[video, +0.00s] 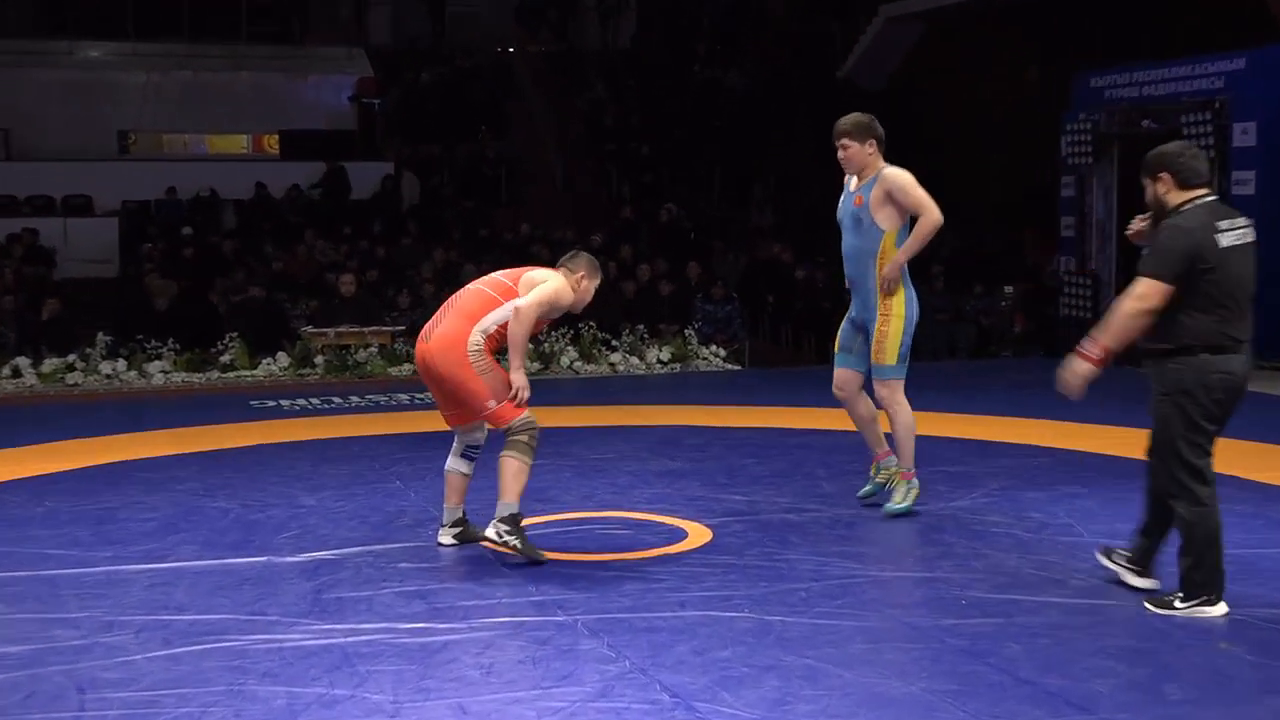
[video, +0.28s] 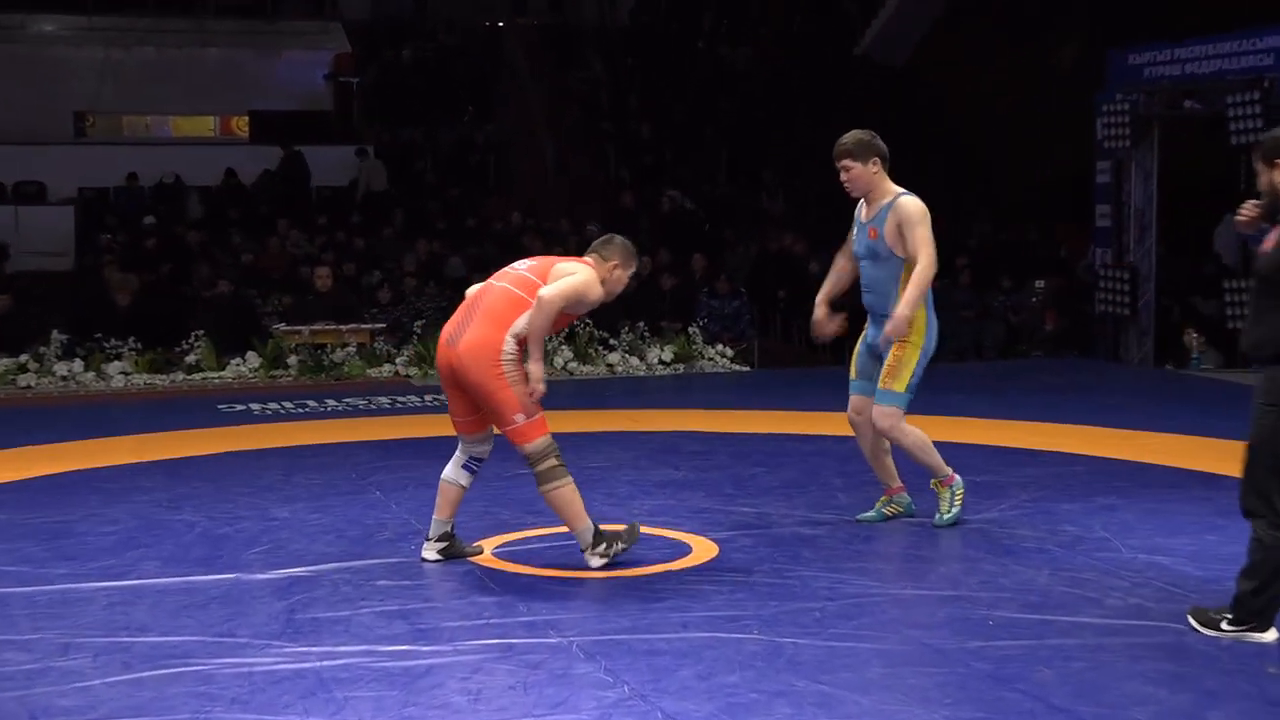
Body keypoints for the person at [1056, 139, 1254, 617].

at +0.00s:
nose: (1148, 194)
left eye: (1149, 187)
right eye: (1147, 188)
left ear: (1166, 182)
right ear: (1202, 180)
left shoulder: (1180, 232)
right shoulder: (1233, 219)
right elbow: (1202, 252)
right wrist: (1158, 235)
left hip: (1189, 371)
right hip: (1225, 366)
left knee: (1188, 476)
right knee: (1169, 463)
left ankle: (1203, 592)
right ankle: (1141, 558)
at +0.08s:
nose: (1177, 188)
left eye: (1177, 181)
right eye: (1175, 181)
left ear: (1194, 177)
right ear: (1231, 175)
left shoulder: (1208, 232)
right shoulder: (1259, 214)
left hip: (1227, 369)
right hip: (1259, 364)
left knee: (1213, 480)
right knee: (1217, 475)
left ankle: (1218, 599)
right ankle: (1211, 576)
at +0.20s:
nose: (1223, 184)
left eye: (1225, 176)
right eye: (1223, 177)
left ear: (1243, 172)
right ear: (1257, 171)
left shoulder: (1266, 229)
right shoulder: (1259, 221)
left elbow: (1274, 307)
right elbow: (1234, 273)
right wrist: (1214, 234)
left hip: (1259, 377)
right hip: (1251, 374)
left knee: (1252, 494)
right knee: (1254, 493)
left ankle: (1240, 608)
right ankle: (1239, 604)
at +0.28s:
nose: (1260, 180)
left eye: (1262, 171)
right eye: (1260, 172)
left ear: (1274, 169)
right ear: (1268, 170)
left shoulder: (1273, 227)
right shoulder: (1266, 223)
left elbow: (1249, 258)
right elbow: (1228, 251)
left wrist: (1252, 237)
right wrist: (1239, 226)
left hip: (1276, 374)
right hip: (1269, 370)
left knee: (1265, 493)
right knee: (1264, 492)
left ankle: (1254, 610)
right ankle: (1254, 608)